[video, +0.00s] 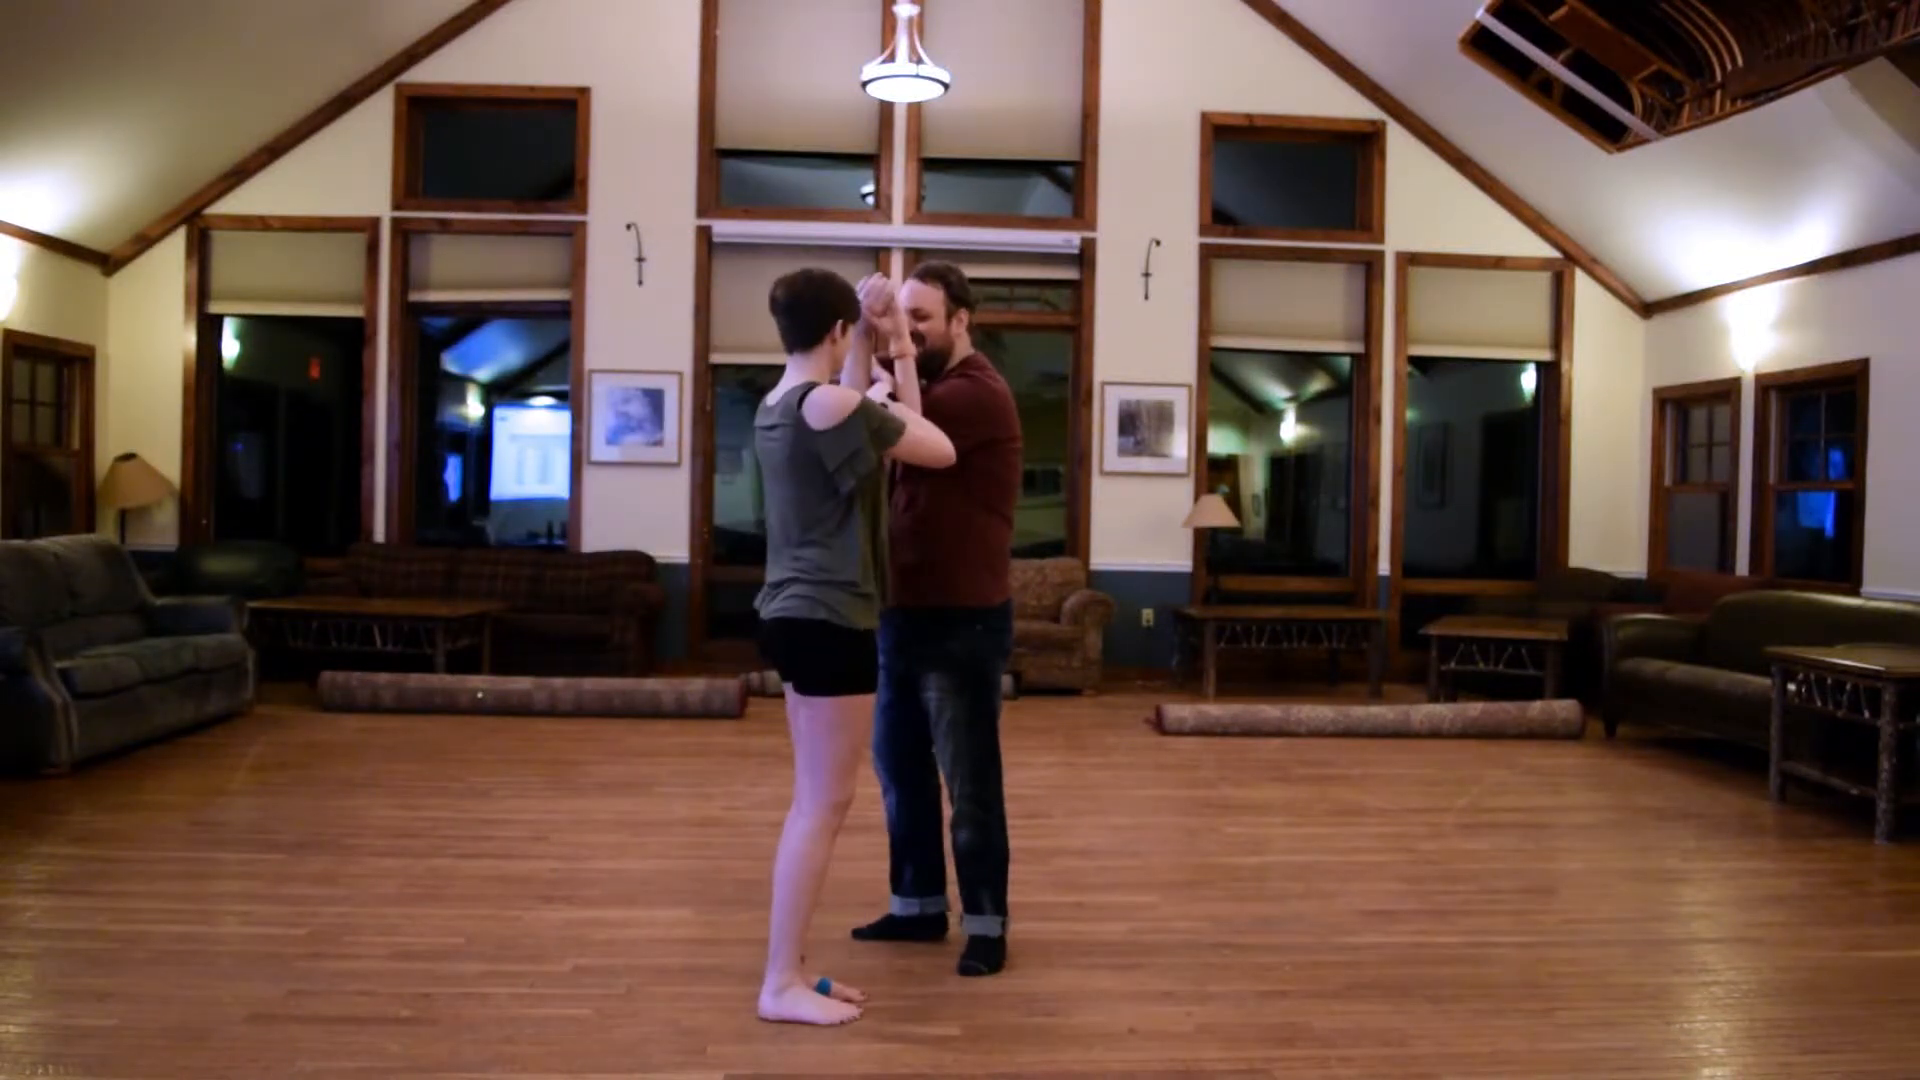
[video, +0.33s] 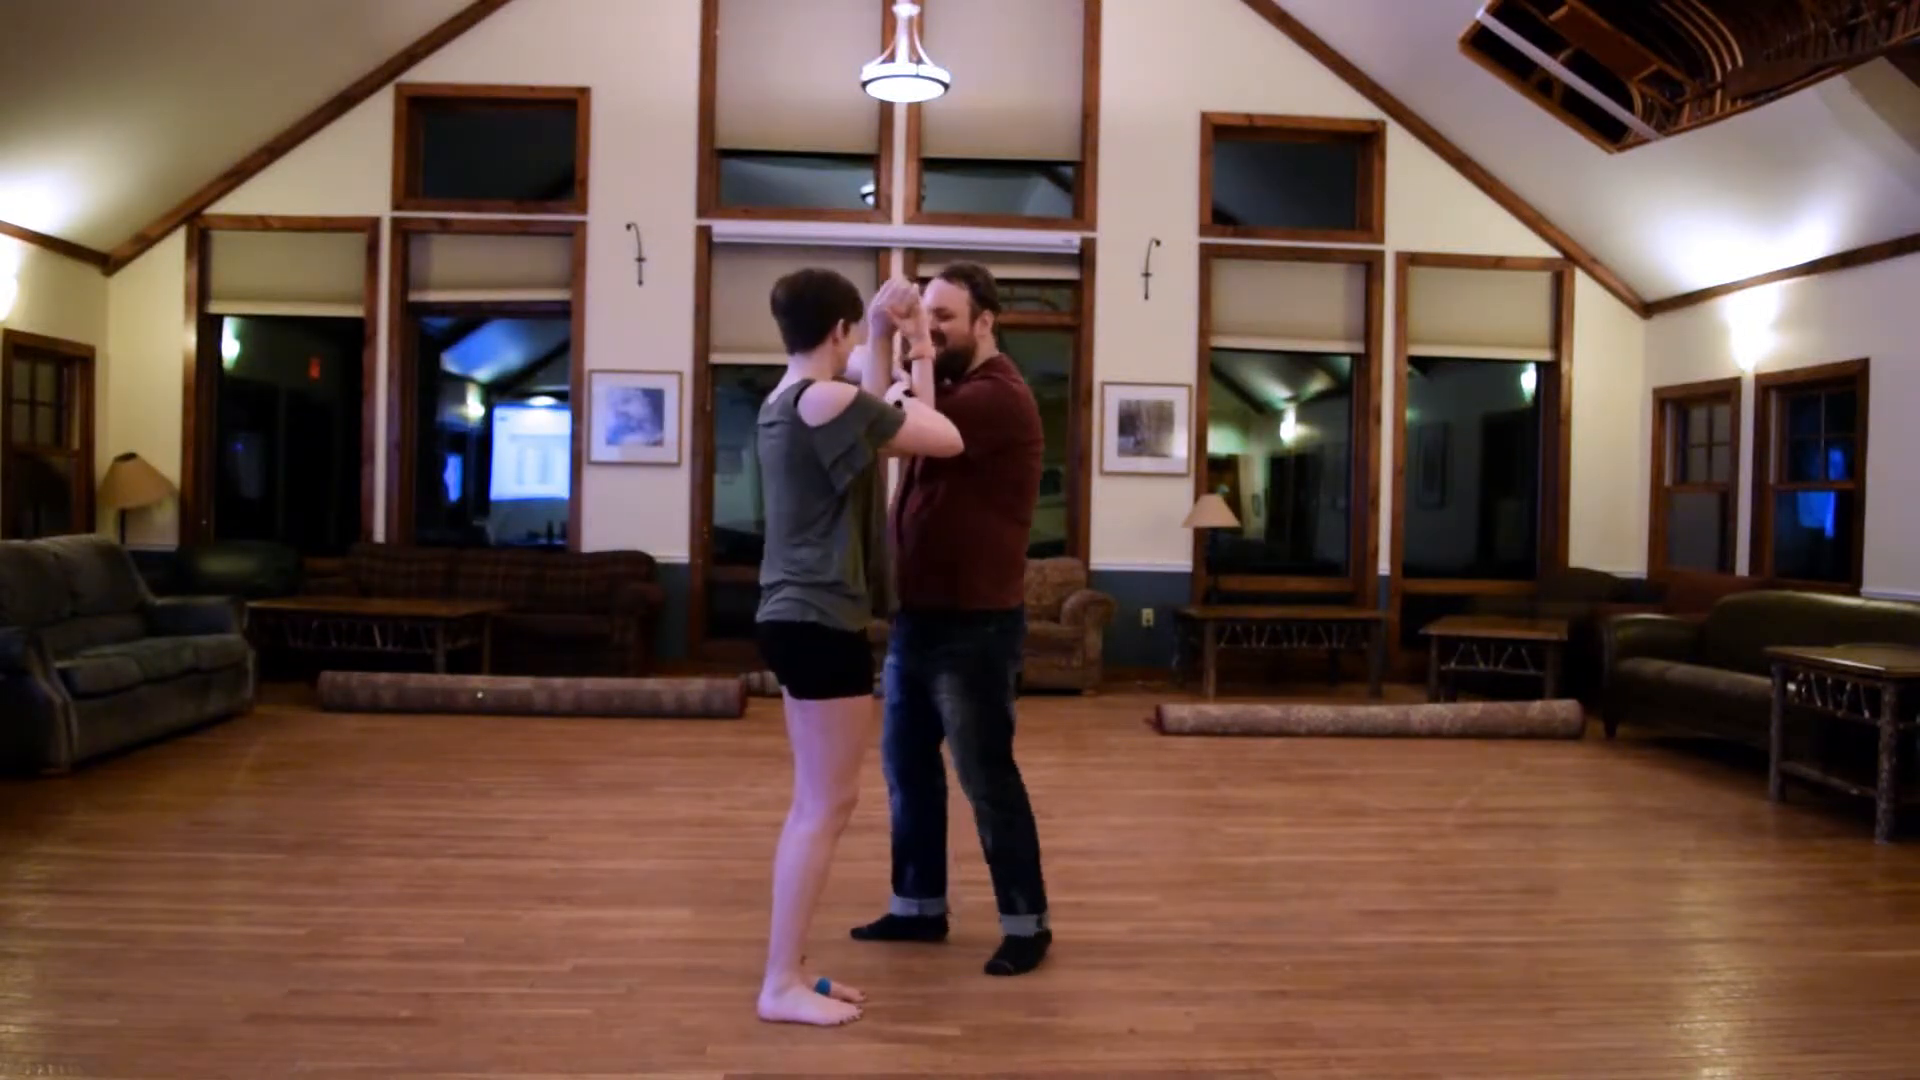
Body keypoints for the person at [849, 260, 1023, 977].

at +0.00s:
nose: (906, 330)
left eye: (921, 317)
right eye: (901, 317)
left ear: (960, 321)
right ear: (903, 322)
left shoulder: (980, 390)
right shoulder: (919, 385)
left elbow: (901, 440)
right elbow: (858, 416)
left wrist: (898, 354)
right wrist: (864, 337)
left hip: (965, 611)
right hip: (904, 608)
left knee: (967, 771)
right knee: (901, 762)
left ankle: (985, 922)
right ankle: (917, 906)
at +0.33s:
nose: (928, 329)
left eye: (944, 317)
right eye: (924, 317)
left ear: (984, 323)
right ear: (924, 323)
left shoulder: (1002, 394)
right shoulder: (941, 387)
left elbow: (916, 434)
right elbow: (883, 423)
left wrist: (922, 358)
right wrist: (882, 337)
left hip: (977, 618)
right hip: (918, 614)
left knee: (984, 772)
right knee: (909, 765)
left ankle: (1026, 923)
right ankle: (918, 908)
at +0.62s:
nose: (971, 332)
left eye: (987, 318)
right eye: (968, 319)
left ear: (1030, 321)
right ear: (976, 324)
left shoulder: (1051, 389)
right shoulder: (1004, 385)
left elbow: (954, 427)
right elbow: (927, 413)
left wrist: (959, 349)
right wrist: (925, 330)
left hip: (1037, 620)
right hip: (983, 616)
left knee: (1023, 777)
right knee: (948, 752)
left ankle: (1033, 929)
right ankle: (947, 900)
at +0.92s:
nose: (1032, 324)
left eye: (1044, 312)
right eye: (1031, 313)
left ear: (1086, 315)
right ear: (1058, 317)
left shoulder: (1101, 386)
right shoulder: (1061, 371)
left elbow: (996, 430)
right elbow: (974, 399)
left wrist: (990, 352)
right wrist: (974, 331)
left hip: (1076, 615)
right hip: (1036, 610)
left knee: (1049, 767)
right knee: (1043, 761)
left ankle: (1038, 927)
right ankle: (1135, 884)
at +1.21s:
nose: (1074, 329)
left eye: (1084, 316)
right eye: (1072, 317)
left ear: (1127, 318)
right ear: (1117, 321)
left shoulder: (1145, 386)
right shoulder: (1117, 377)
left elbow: (1034, 431)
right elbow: (1015, 407)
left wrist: (1031, 349)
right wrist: (1016, 335)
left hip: (1124, 616)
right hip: (1120, 613)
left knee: (1075, 767)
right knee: (1136, 768)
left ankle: (1066, 927)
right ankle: (1160, 926)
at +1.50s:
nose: (1132, 330)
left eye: (1142, 317)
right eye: (1131, 317)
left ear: (1183, 318)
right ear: (1170, 320)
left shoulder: (1205, 387)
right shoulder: (1164, 376)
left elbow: (1105, 438)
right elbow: (1076, 418)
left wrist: (1103, 362)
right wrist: (1079, 342)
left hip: (1183, 615)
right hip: (1148, 611)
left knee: (1159, 774)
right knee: (1151, 773)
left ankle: (1247, 907)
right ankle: (1160, 926)